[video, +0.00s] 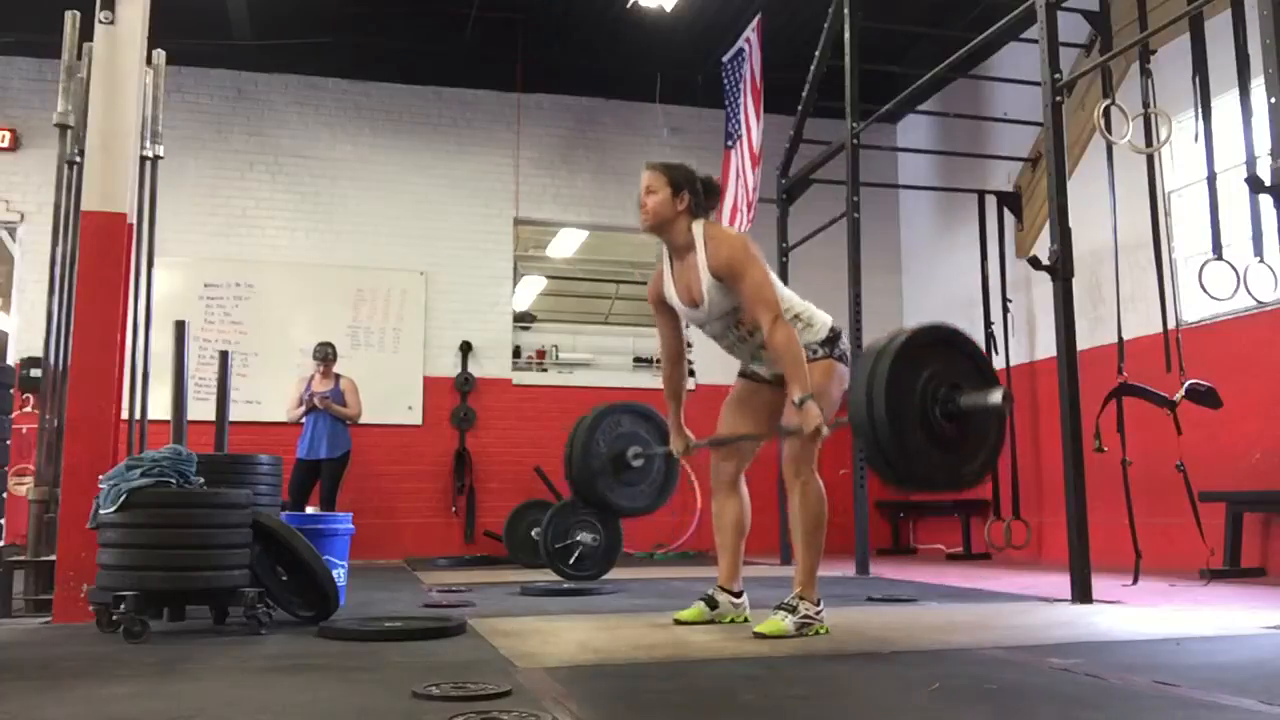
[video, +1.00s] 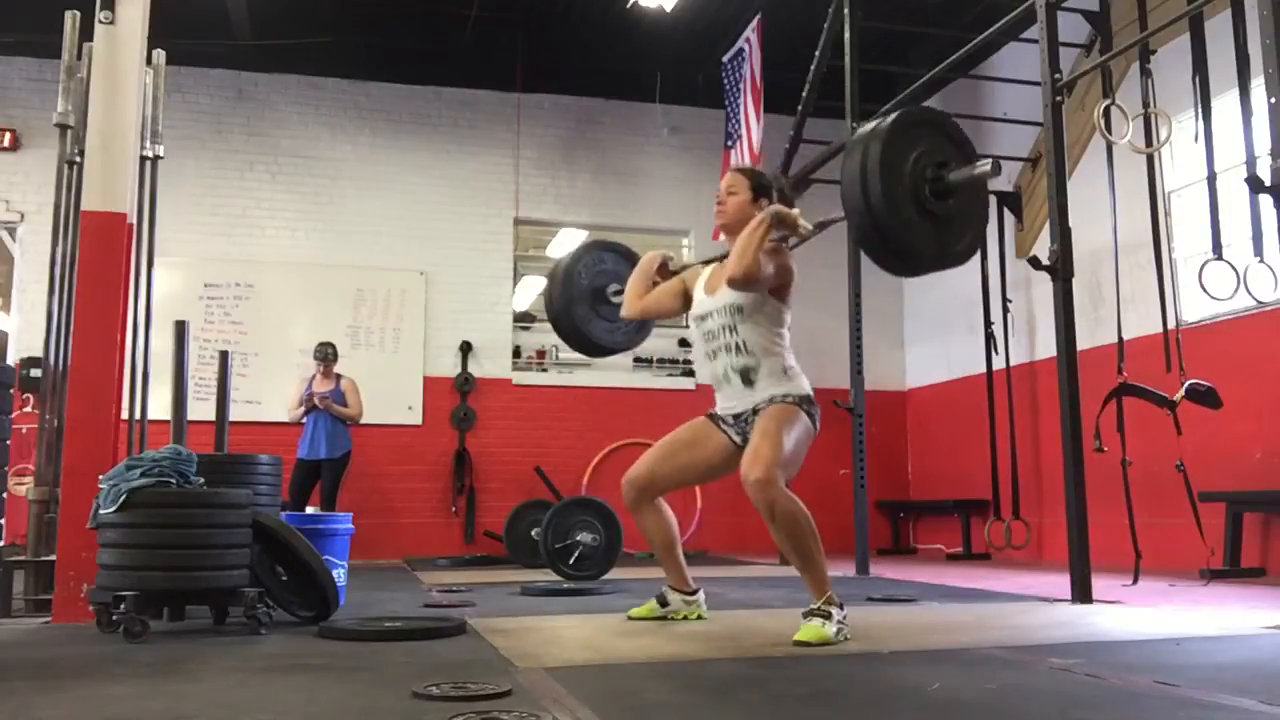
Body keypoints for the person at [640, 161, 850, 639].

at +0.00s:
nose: (641, 203)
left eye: (651, 193)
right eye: (641, 194)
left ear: (681, 200)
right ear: (664, 204)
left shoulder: (726, 247)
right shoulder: (661, 285)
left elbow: (774, 323)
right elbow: (672, 358)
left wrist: (802, 398)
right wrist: (676, 423)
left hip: (814, 347)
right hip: (761, 361)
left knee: (796, 466)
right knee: (724, 468)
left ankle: (806, 601)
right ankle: (728, 594)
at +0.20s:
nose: (683, 151)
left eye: (695, 144)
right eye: (685, 145)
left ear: (723, 159)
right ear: (697, 163)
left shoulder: (746, 206)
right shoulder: (683, 238)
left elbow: (777, 278)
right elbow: (675, 315)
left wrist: (791, 354)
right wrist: (665, 385)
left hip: (783, 360)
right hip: (732, 372)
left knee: (760, 461)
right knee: (685, 471)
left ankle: (801, 599)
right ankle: (726, 594)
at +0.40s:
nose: (766, 123)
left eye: (781, 119)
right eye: (768, 118)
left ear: (802, 141)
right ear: (763, 139)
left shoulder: (802, 178)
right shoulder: (736, 203)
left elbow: (796, 230)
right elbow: (690, 263)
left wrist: (775, 279)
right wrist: (650, 315)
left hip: (770, 323)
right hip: (719, 331)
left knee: (760, 441)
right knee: (695, 452)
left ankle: (796, 590)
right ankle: (717, 583)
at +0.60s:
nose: (757, 146)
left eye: (768, 139)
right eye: (759, 138)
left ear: (796, 155)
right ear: (759, 152)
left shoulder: (797, 201)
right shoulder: (732, 211)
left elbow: (821, 209)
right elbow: (708, 272)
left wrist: (805, 199)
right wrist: (668, 258)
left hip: (765, 342)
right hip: (712, 348)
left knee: (753, 445)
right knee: (661, 465)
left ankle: (817, 586)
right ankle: (695, 584)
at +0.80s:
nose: (724, 186)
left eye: (738, 181)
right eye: (724, 181)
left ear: (763, 203)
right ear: (722, 203)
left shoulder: (773, 254)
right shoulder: (696, 271)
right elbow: (638, 311)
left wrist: (767, 226)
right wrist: (645, 259)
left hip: (783, 397)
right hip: (726, 410)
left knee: (760, 475)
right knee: (637, 486)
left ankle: (826, 606)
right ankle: (682, 596)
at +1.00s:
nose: (719, 199)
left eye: (731, 192)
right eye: (719, 192)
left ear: (762, 207)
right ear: (720, 210)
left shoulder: (775, 262)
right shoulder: (697, 277)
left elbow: (740, 272)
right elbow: (633, 306)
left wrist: (768, 217)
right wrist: (652, 258)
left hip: (785, 404)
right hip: (729, 418)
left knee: (760, 478)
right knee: (637, 486)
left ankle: (826, 606)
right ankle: (683, 596)